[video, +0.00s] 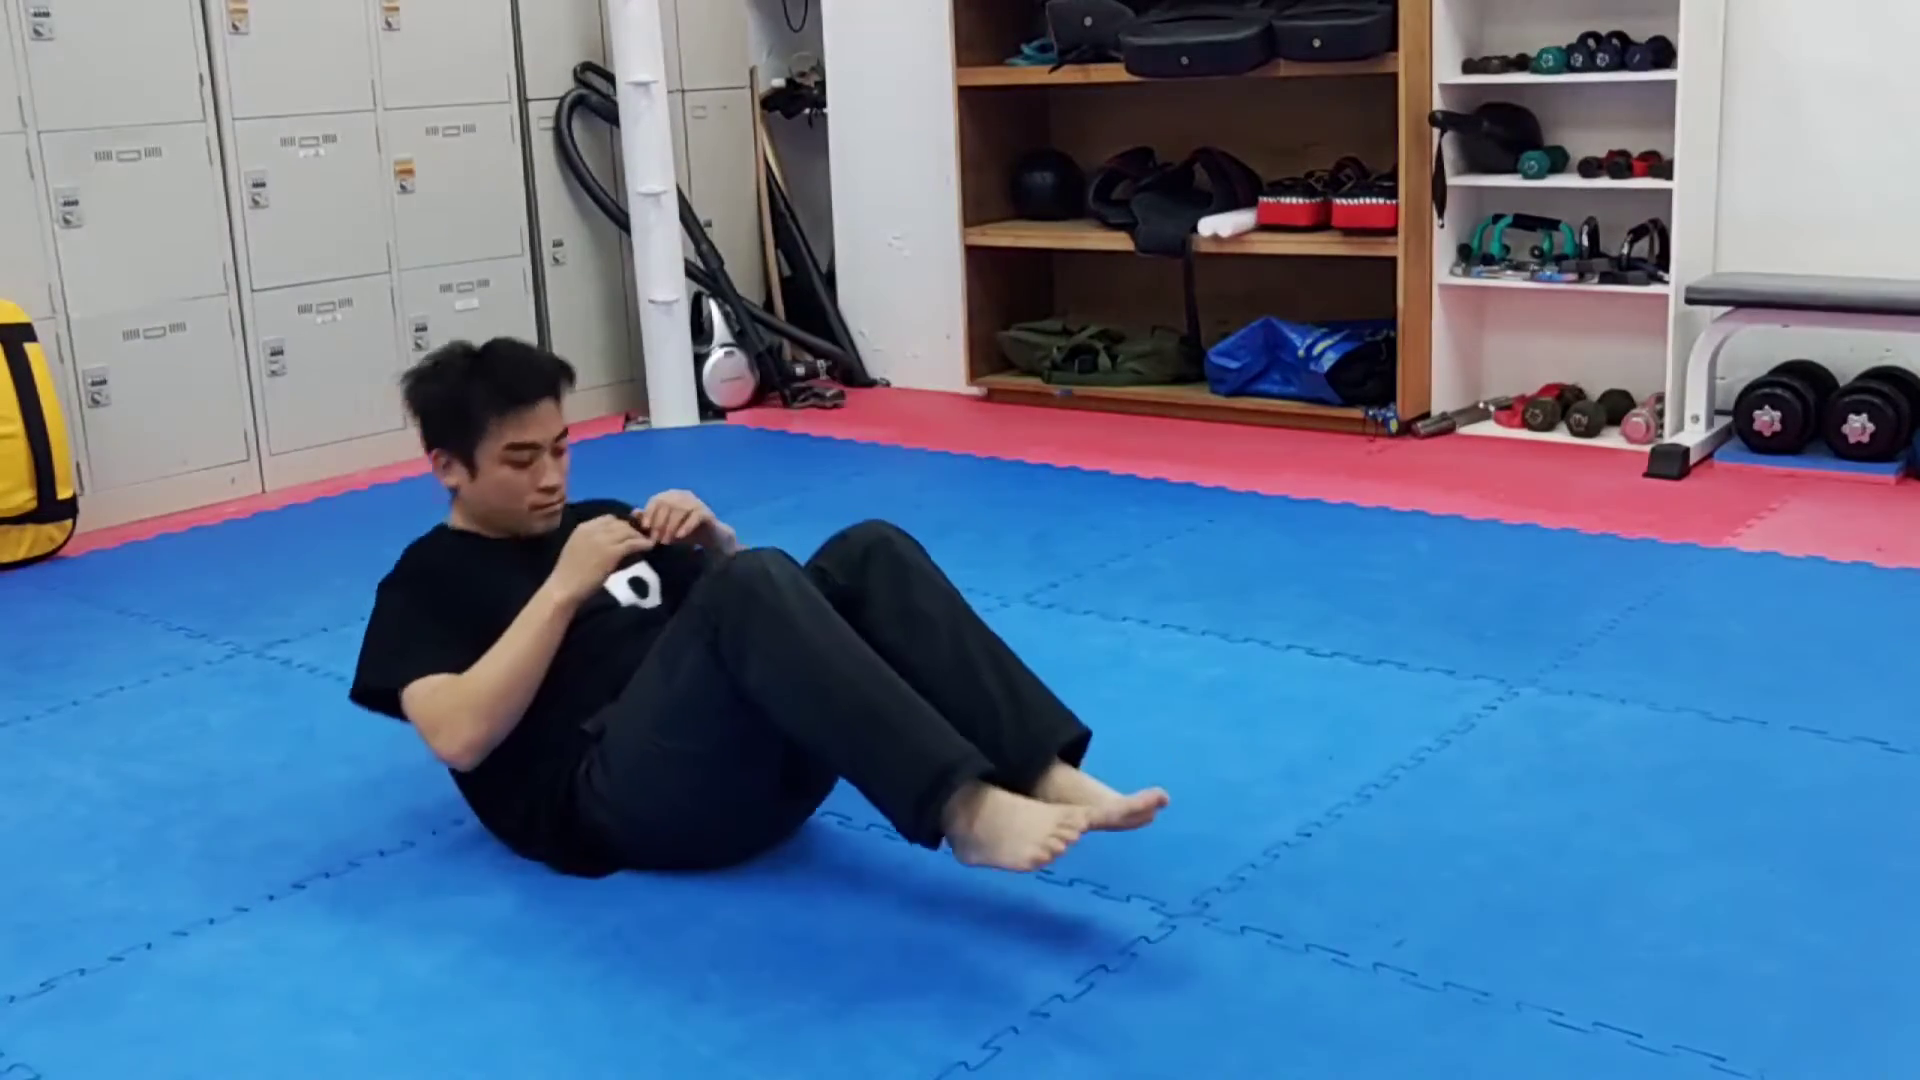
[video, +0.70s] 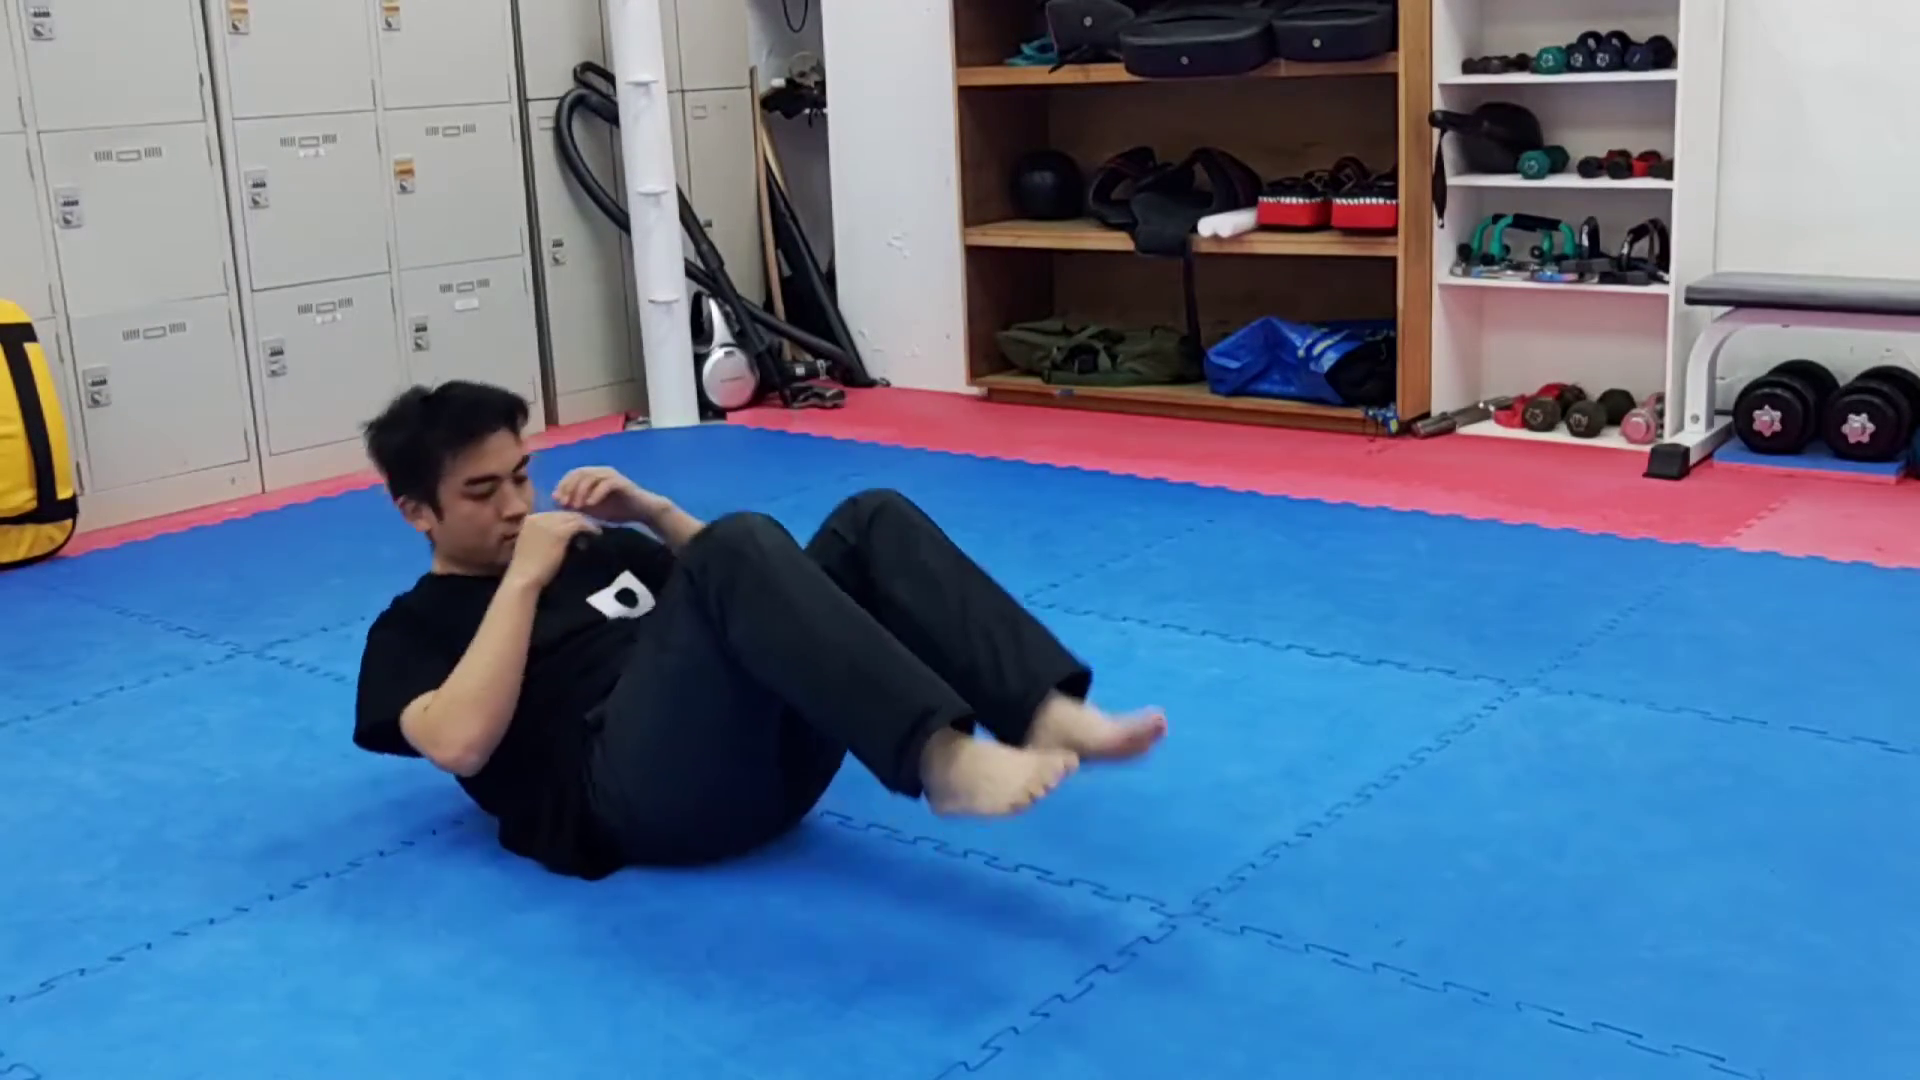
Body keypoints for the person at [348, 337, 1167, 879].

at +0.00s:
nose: (552, 476)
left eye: (557, 450)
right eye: (522, 459)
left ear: (566, 441)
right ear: (451, 470)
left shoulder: (608, 521)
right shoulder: (422, 587)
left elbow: (743, 605)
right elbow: (455, 733)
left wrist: (718, 548)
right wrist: (566, 584)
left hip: (760, 763)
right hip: (638, 807)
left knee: (868, 551)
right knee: (746, 578)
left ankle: (1041, 773)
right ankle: (960, 805)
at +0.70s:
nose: (514, 501)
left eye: (518, 476)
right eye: (482, 491)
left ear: (530, 466)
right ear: (420, 511)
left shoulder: (597, 544)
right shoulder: (414, 629)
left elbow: (738, 585)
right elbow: (454, 741)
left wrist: (649, 512)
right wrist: (521, 582)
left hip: (768, 759)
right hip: (647, 803)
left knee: (870, 522)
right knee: (733, 542)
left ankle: (1047, 712)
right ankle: (937, 758)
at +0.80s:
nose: (486, 524)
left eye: (491, 498)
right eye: (451, 518)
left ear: (506, 492)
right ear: (397, 547)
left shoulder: (576, 566)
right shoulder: (397, 659)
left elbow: (687, 581)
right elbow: (435, 758)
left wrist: (605, 516)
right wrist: (486, 593)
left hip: (756, 746)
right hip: (635, 797)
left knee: (817, 483)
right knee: (687, 510)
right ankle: (905, 675)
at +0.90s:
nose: (461, 546)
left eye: (463, 524)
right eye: (430, 541)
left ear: (480, 525)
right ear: (381, 579)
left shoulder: (554, 597)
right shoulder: (382, 691)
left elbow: (660, 585)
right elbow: (408, 773)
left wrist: (565, 527)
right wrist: (448, 607)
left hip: (749, 732)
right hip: (634, 790)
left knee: (750, 453)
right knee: (618, 485)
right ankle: (856, 593)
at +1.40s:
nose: (487, 527)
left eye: (494, 507)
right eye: (455, 515)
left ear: (516, 526)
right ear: (405, 556)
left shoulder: (578, 599)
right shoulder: (391, 653)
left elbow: (689, 604)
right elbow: (417, 712)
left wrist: (593, 544)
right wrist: (472, 576)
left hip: (755, 725)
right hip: (640, 778)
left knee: (786, 462)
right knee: (630, 479)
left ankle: (974, 595)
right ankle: (833, 660)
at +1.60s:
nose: (507, 496)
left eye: (514, 468)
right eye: (475, 487)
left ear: (536, 460)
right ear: (435, 512)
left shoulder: (612, 532)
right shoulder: (435, 629)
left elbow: (722, 551)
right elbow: (429, 757)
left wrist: (589, 531)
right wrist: (478, 601)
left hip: (785, 743)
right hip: (660, 780)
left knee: (900, 499)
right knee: (740, 491)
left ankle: (1041, 678)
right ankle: (905, 708)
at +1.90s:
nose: (480, 532)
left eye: (478, 506)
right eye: (448, 534)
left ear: (500, 494)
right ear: (420, 568)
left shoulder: (587, 562)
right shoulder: (452, 675)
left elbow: (695, 528)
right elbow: (471, 806)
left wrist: (538, 542)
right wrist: (455, 642)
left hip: (802, 730)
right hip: (693, 769)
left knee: (928, 514)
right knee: (764, 486)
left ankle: (1110, 598)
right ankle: (940, 680)